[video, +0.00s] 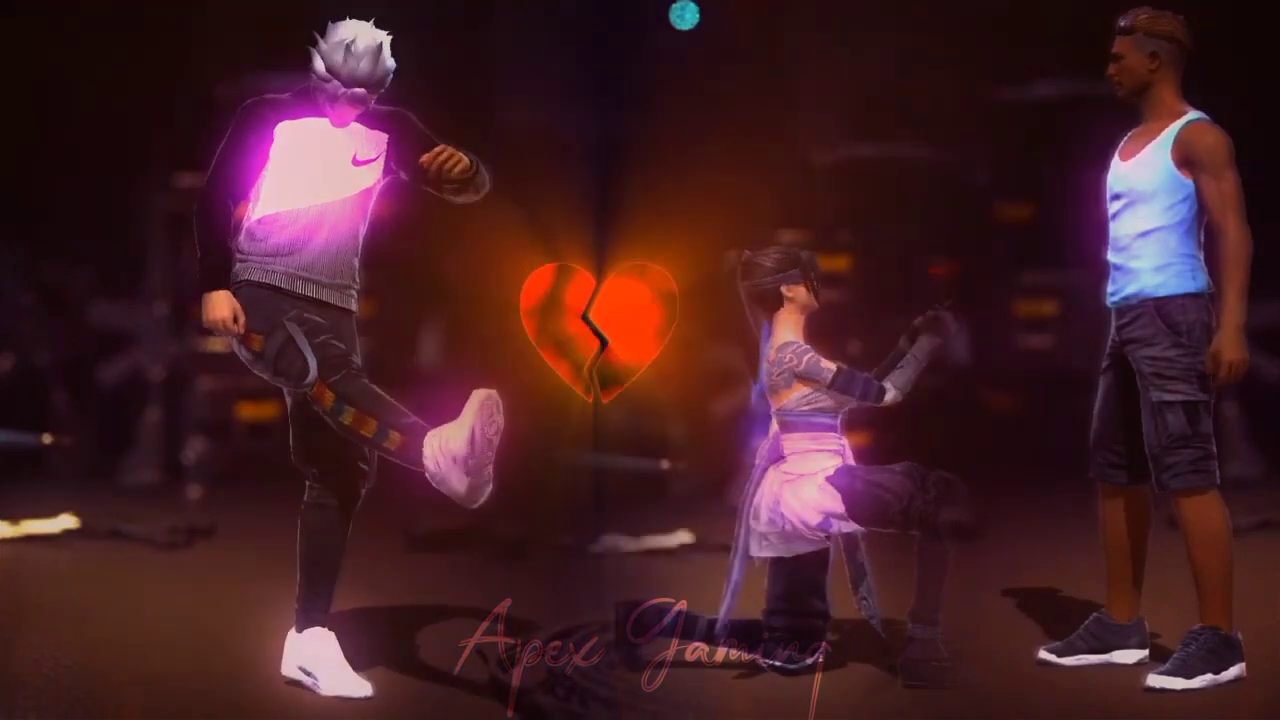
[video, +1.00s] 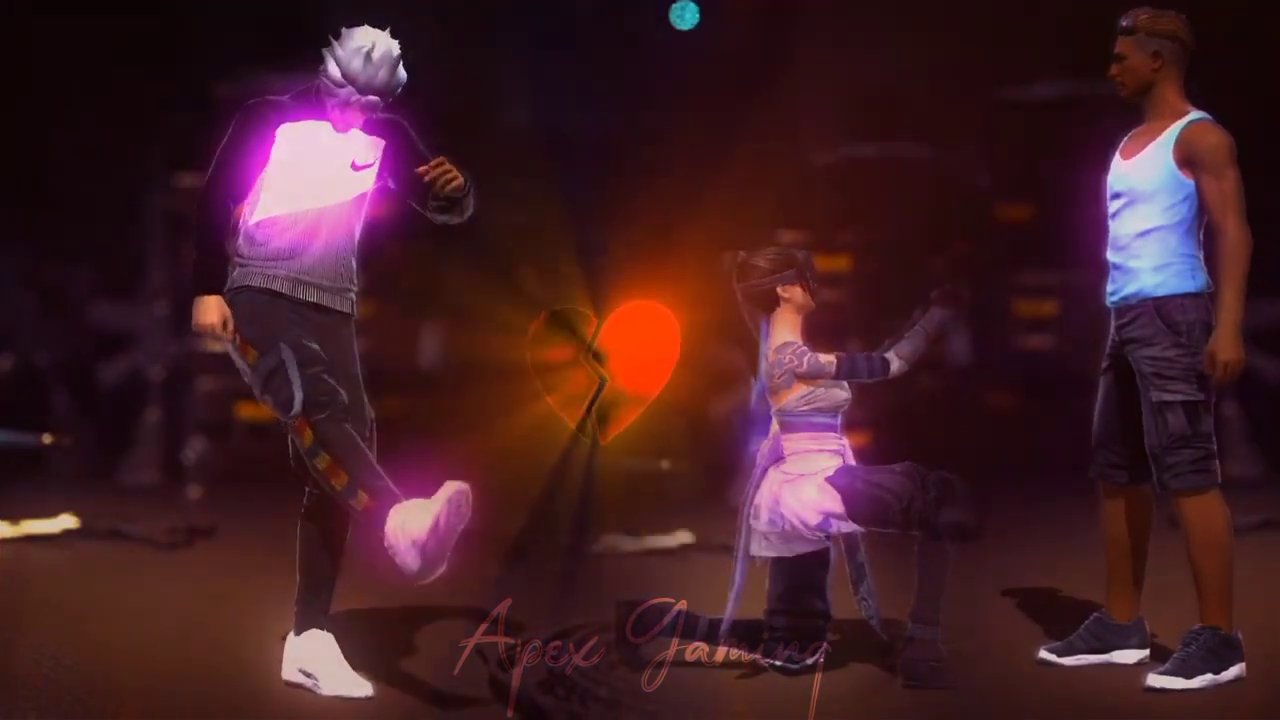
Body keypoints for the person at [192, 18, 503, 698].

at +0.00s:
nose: (352, 108)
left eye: (366, 98)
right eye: (342, 94)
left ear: (382, 89)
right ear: (321, 76)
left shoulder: (393, 129)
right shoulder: (269, 115)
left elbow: (471, 191)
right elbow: (217, 198)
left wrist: (465, 173)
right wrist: (212, 281)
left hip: (335, 309)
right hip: (260, 293)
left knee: (335, 475)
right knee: (318, 371)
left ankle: (309, 634)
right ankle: (437, 456)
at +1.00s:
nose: (357, 117)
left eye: (370, 107)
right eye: (348, 102)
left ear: (386, 98)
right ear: (329, 80)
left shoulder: (391, 136)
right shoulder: (270, 118)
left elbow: (445, 213)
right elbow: (219, 202)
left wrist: (456, 194)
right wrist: (207, 287)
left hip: (334, 309)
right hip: (263, 294)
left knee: (344, 461)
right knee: (311, 408)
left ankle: (308, 635)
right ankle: (397, 520)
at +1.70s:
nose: (360, 121)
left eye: (374, 112)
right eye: (353, 106)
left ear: (386, 107)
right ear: (332, 86)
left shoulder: (381, 144)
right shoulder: (274, 117)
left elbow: (402, 220)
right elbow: (223, 205)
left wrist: (428, 238)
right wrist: (212, 288)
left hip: (333, 309)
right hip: (264, 297)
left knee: (352, 456)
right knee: (298, 440)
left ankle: (305, 638)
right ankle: (337, 596)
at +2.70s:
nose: (357, 123)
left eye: (371, 114)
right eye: (351, 105)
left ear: (384, 110)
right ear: (329, 83)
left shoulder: (373, 153)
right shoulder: (269, 119)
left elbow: (376, 245)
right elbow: (220, 200)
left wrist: (399, 317)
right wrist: (210, 287)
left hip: (333, 324)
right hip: (264, 311)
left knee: (343, 474)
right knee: (263, 467)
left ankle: (309, 637)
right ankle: (246, 635)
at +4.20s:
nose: (348, 116)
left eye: (362, 108)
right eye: (341, 98)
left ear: (375, 107)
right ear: (319, 82)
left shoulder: (369, 157)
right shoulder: (257, 122)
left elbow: (361, 255)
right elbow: (213, 197)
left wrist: (353, 345)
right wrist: (217, 279)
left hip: (325, 333)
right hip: (250, 319)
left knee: (334, 479)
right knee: (208, 473)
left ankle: (307, 637)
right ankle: (172, 625)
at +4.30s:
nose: (344, 115)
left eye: (359, 107)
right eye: (338, 96)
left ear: (372, 107)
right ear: (315, 81)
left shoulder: (364, 154)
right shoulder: (251, 118)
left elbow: (358, 227)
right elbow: (208, 198)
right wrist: (218, 277)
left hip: (319, 331)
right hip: (244, 318)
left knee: (333, 478)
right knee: (203, 471)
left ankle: (306, 637)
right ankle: (169, 623)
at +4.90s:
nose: (340, 111)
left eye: (354, 102)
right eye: (333, 94)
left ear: (365, 98)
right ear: (308, 78)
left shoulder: (362, 150)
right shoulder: (236, 115)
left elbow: (344, 241)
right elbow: (189, 197)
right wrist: (210, 269)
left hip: (307, 329)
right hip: (227, 319)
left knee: (321, 477)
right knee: (188, 470)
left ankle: (304, 639)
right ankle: (161, 623)